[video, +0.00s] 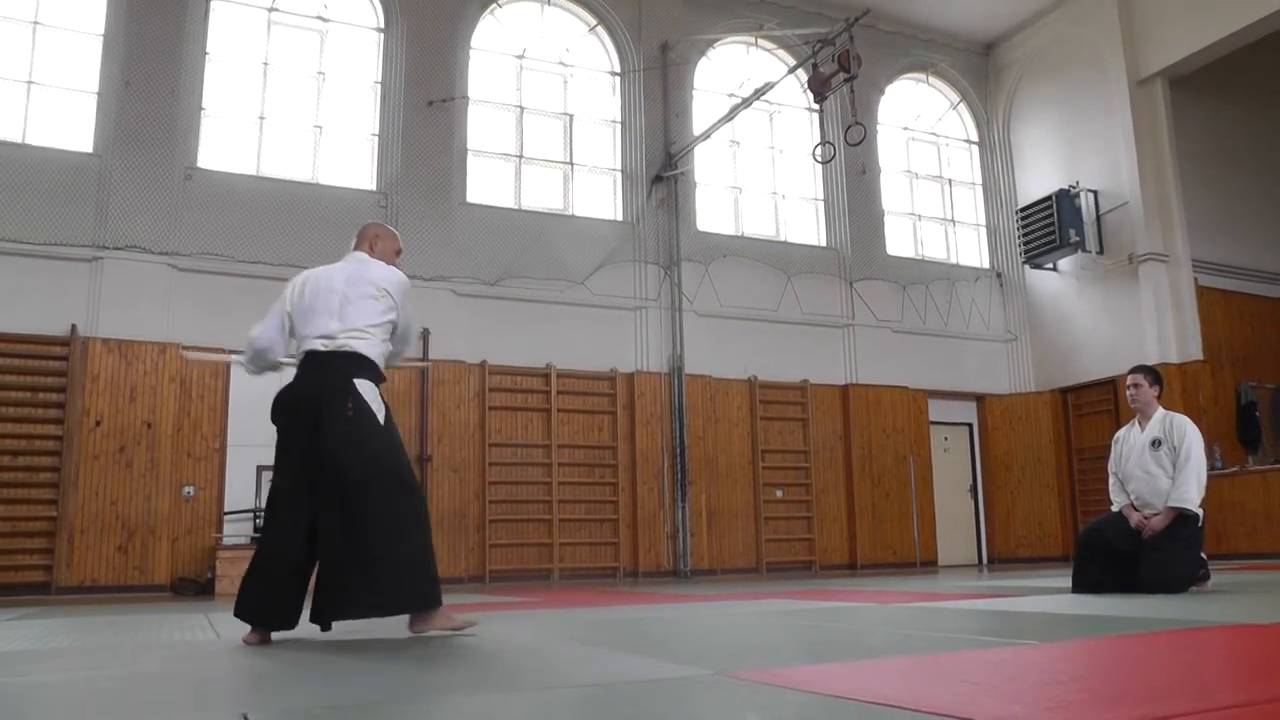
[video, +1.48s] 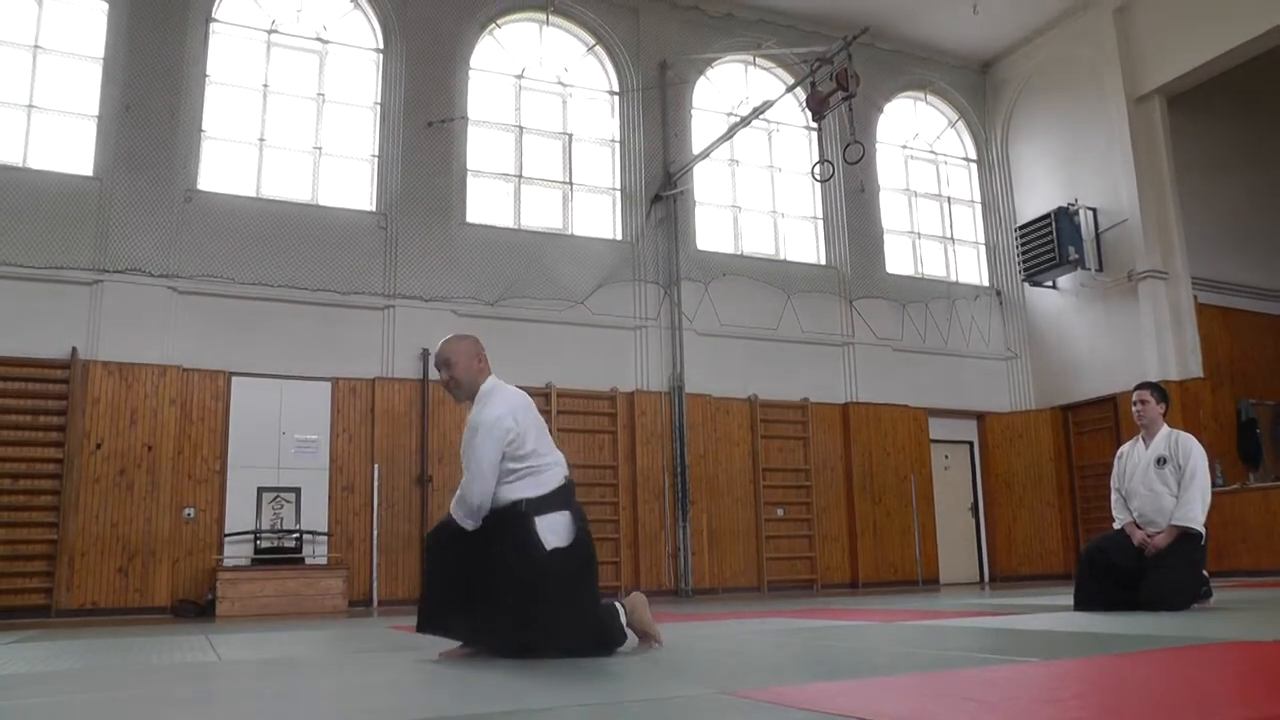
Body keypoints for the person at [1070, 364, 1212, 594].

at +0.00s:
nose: (1130, 392)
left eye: (1136, 386)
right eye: (1128, 388)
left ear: (1155, 390)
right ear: (1125, 393)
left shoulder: (1179, 426)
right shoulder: (1121, 437)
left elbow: (1191, 478)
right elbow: (1114, 482)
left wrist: (1164, 518)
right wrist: (1130, 513)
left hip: (1177, 519)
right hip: (1133, 519)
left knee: (1158, 583)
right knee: (1092, 539)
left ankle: (1197, 566)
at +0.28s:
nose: (1131, 396)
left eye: (1137, 389)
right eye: (1129, 391)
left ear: (1156, 394)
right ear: (1126, 397)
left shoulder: (1180, 430)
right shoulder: (1122, 441)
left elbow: (1191, 482)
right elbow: (1115, 486)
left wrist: (1165, 521)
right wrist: (1131, 517)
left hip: (1177, 522)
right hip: (1133, 522)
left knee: (1157, 586)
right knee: (1093, 542)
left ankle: (1198, 570)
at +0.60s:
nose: (1133, 398)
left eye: (1140, 392)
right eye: (1131, 394)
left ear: (1158, 396)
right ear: (1128, 400)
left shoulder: (1182, 433)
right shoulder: (1123, 443)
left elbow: (1193, 484)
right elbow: (1115, 488)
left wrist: (1166, 524)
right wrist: (1132, 520)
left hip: (1178, 525)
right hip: (1134, 525)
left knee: (1157, 589)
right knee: (1093, 544)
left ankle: (1198, 573)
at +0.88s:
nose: (1136, 401)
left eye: (1142, 395)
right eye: (1133, 396)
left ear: (1161, 400)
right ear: (1130, 402)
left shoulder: (1183, 436)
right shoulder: (1123, 446)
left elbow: (1194, 487)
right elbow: (1116, 491)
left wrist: (1166, 527)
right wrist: (1132, 523)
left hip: (1178, 528)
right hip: (1134, 528)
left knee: (1158, 593)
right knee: (1093, 548)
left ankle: (1198, 576)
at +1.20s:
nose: (1137, 404)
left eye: (1143, 399)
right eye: (1134, 400)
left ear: (1161, 404)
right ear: (1131, 406)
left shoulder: (1184, 440)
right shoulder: (1123, 449)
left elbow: (1195, 492)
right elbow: (1116, 494)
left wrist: (1166, 531)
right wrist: (1132, 527)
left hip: (1178, 533)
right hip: (1134, 532)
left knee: (1157, 597)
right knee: (1093, 552)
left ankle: (1198, 580)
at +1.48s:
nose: (1137, 408)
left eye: (1143, 403)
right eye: (1134, 404)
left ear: (1161, 408)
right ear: (1131, 410)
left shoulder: (1184, 444)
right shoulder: (1124, 453)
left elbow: (1195, 495)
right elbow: (1116, 498)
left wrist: (1167, 535)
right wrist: (1133, 531)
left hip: (1179, 537)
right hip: (1135, 536)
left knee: (1157, 601)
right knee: (1094, 557)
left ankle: (1198, 583)